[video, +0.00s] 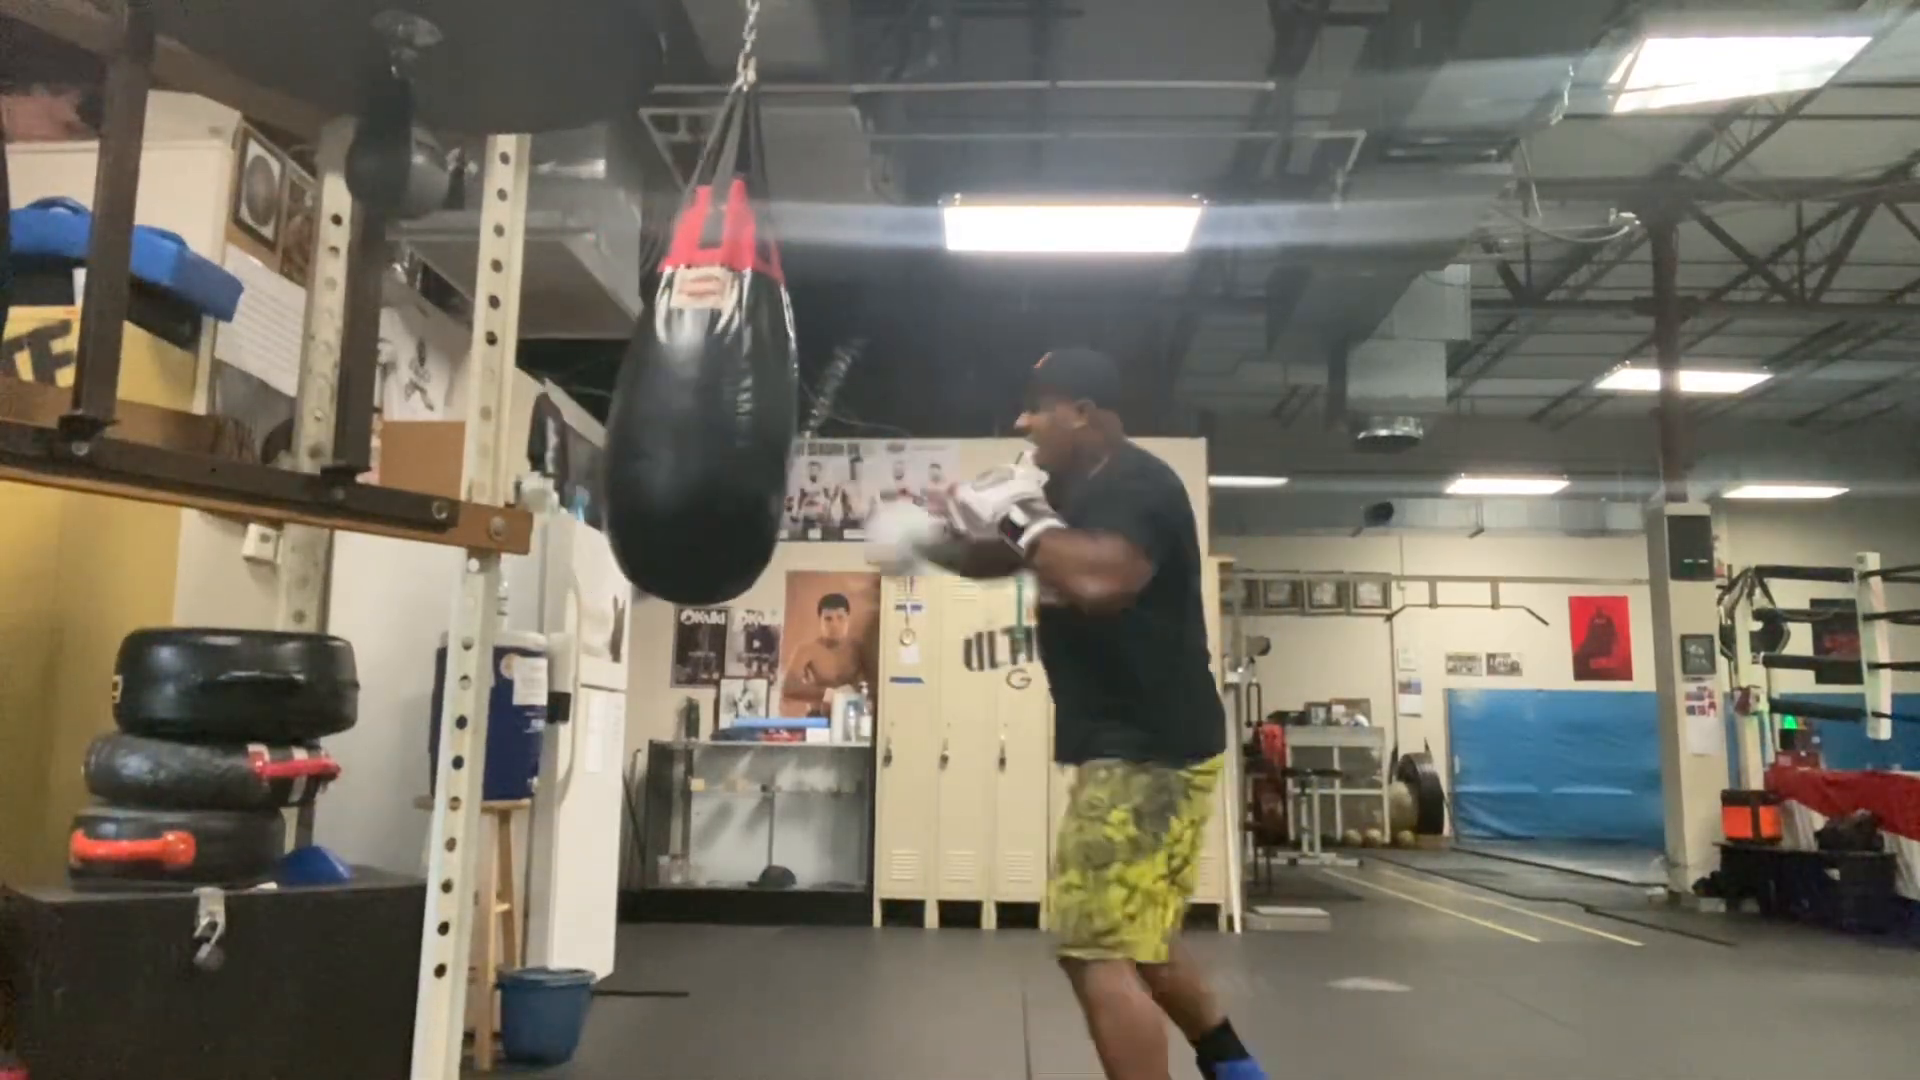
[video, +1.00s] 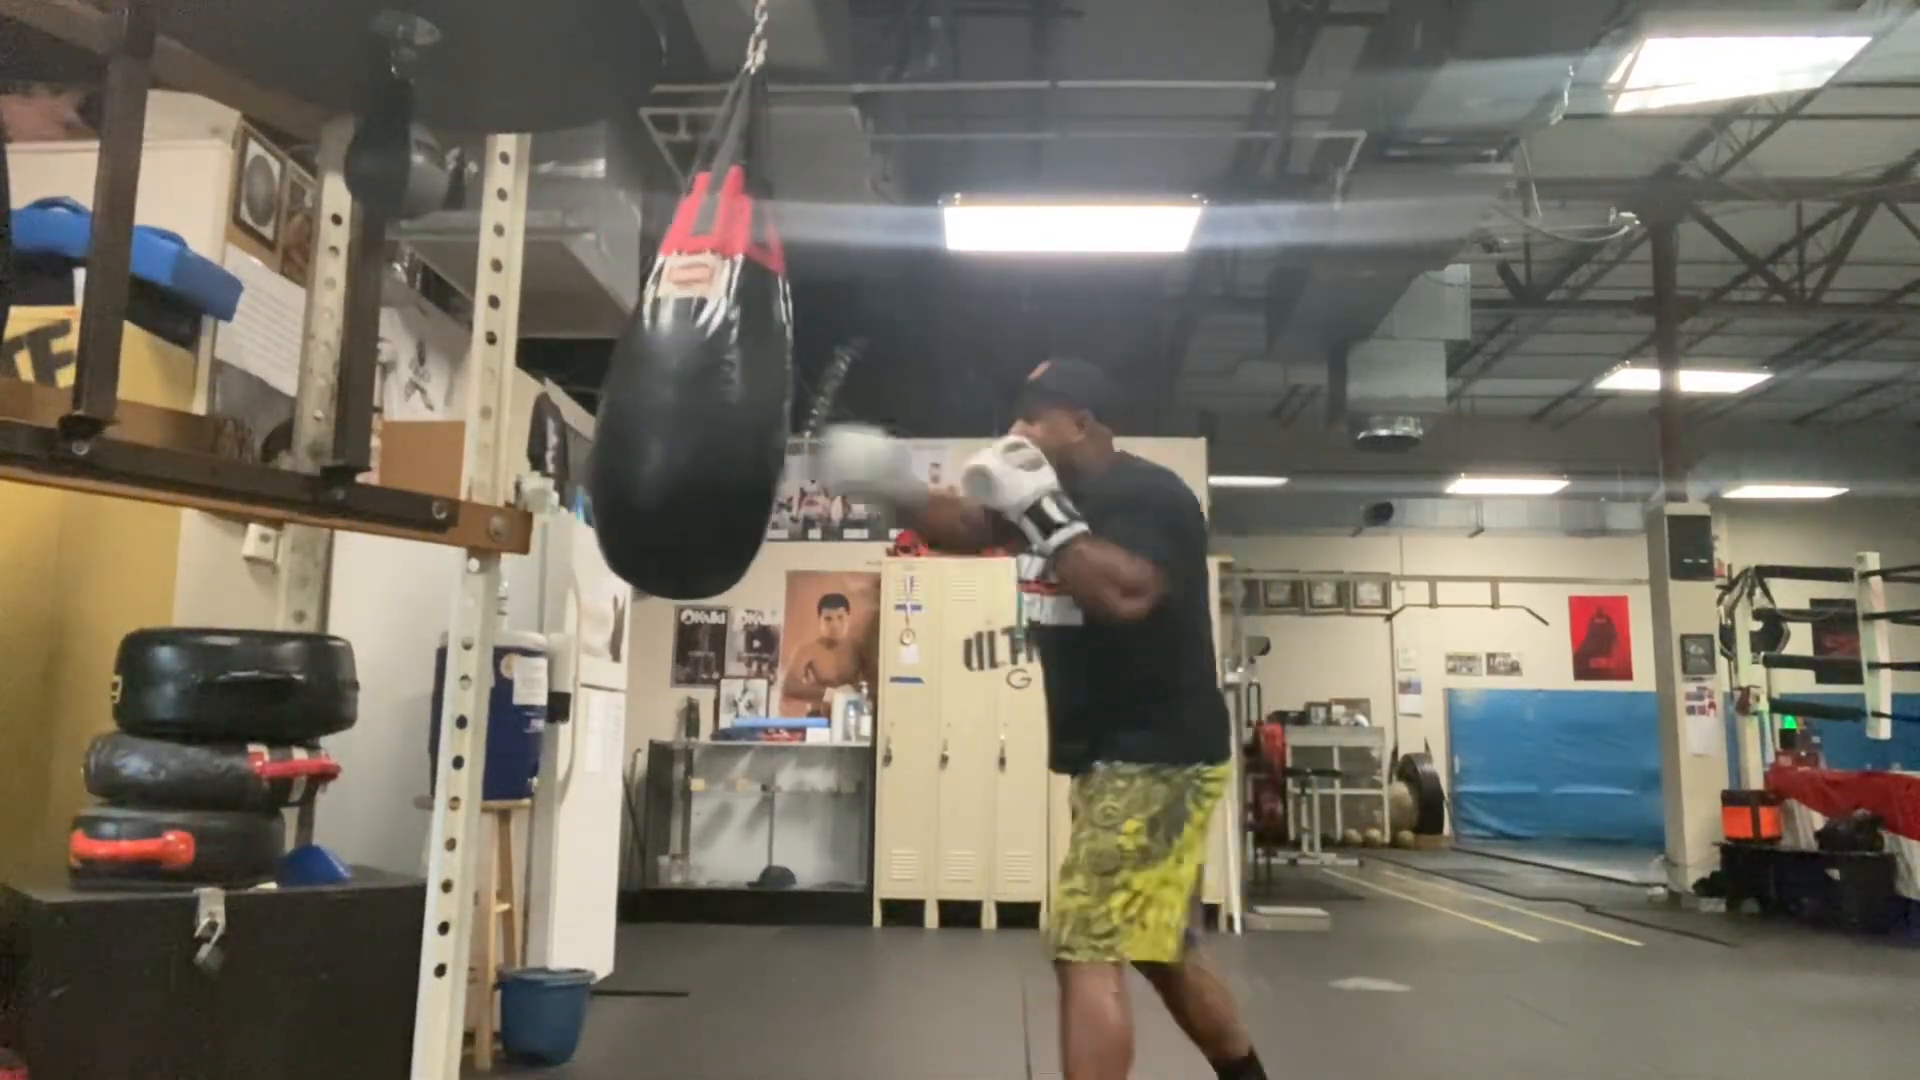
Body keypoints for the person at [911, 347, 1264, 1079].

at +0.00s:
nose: (1025, 426)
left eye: (1039, 411)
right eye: (1027, 412)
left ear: (1089, 417)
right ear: (1085, 419)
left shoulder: (1140, 483)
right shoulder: (1079, 491)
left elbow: (1106, 578)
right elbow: (1003, 556)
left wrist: (1020, 521)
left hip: (1147, 750)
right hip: (1130, 748)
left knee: (1091, 946)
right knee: (1140, 941)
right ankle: (1234, 1066)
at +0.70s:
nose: (1057, 442)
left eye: (1066, 425)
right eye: (1057, 427)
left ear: (1114, 423)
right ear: (1129, 428)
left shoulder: (1122, 491)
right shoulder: (1186, 490)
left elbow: (1048, 598)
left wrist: (1009, 525)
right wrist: (1050, 523)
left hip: (1174, 743)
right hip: (1233, 738)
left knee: (1091, 939)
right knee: (1205, 944)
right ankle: (1256, 1072)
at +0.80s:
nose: (1057, 444)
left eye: (1065, 428)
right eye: (1057, 429)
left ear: (1108, 428)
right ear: (1125, 431)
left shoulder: (1112, 498)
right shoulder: (1193, 496)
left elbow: (1054, 616)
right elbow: (1128, 603)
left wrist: (975, 591)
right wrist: (1037, 563)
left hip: (1158, 750)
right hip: (1226, 745)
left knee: (1074, 954)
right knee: (1196, 943)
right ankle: (1255, 1075)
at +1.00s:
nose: (1022, 434)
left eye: (1035, 420)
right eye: (1021, 421)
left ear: (1083, 421)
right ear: (1068, 426)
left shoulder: (1153, 494)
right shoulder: (1059, 497)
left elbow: (1128, 591)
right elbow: (970, 528)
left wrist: (1042, 506)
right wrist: (894, 488)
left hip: (1158, 752)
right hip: (1112, 751)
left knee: (1084, 943)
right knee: (1161, 948)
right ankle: (1247, 1072)